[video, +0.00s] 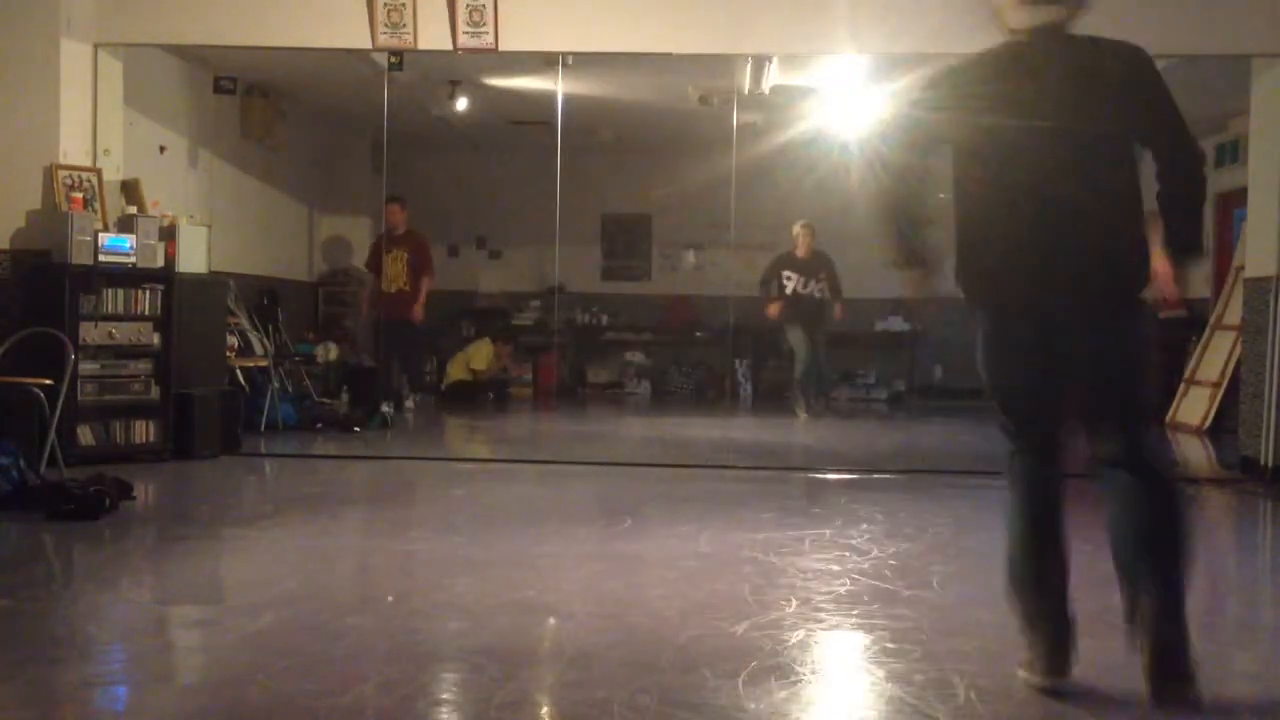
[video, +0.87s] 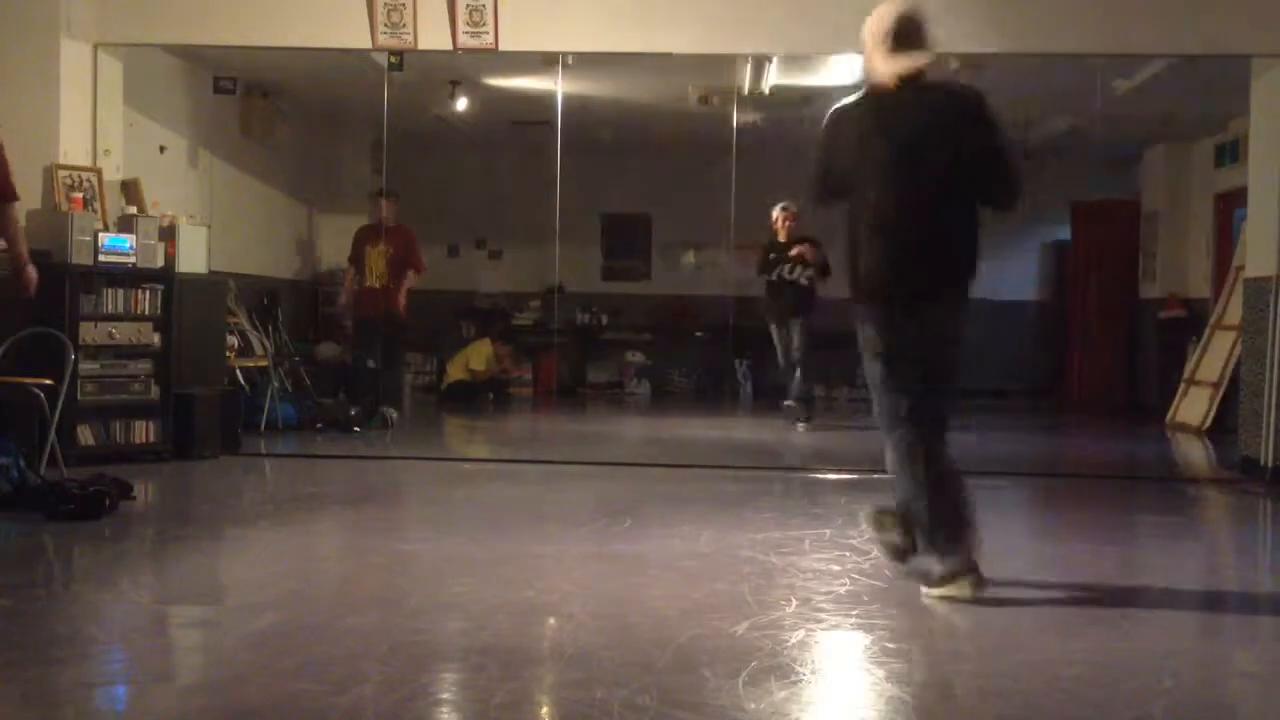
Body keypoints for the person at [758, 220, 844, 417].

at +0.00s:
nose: (806, 240)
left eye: (809, 236)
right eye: (802, 236)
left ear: (814, 238)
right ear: (795, 238)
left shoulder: (823, 260)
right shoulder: (783, 260)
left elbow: (833, 283)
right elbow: (765, 281)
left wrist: (837, 302)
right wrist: (770, 301)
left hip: (816, 314)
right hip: (791, 314)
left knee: (817, 355)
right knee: (803, 352)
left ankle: (816, 398)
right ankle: (799, 397)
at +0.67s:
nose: (788, 231)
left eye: (791, 226)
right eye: (784, 227)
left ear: (799, 229)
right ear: (778, 231)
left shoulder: (814, 252)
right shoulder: (773, 258)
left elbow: (828, 275)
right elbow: (768, 286)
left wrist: (828, 295)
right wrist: (778, 294)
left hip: (807, 312)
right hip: (783, 314)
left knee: (798, 354)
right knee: (781, 363)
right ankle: (790, 408)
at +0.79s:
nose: (794, 221)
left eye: (797, 216)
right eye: (789, 216)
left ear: (801, 219)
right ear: (780, 219)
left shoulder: (811, 243)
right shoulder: (772, 246)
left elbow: (824, 268)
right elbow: (760, 277)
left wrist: (803, 261)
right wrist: (780, 260)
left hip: (801, 299)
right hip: (777, 300)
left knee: (789, 347)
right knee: (783, 350)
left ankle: (790, 395)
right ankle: (790, 396)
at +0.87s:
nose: (787, 224)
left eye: (790, 220)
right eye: (782, 220)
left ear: (796, 221)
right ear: (774, 222)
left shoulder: (807, 244)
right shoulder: (770, 246)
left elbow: (824, 272)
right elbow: (762, 270)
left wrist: (812, 257)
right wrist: (788, 255)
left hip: (800, 303)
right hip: (776, 304)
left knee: (799, 355)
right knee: (784, 358)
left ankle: (796, 401)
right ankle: (802, 407)